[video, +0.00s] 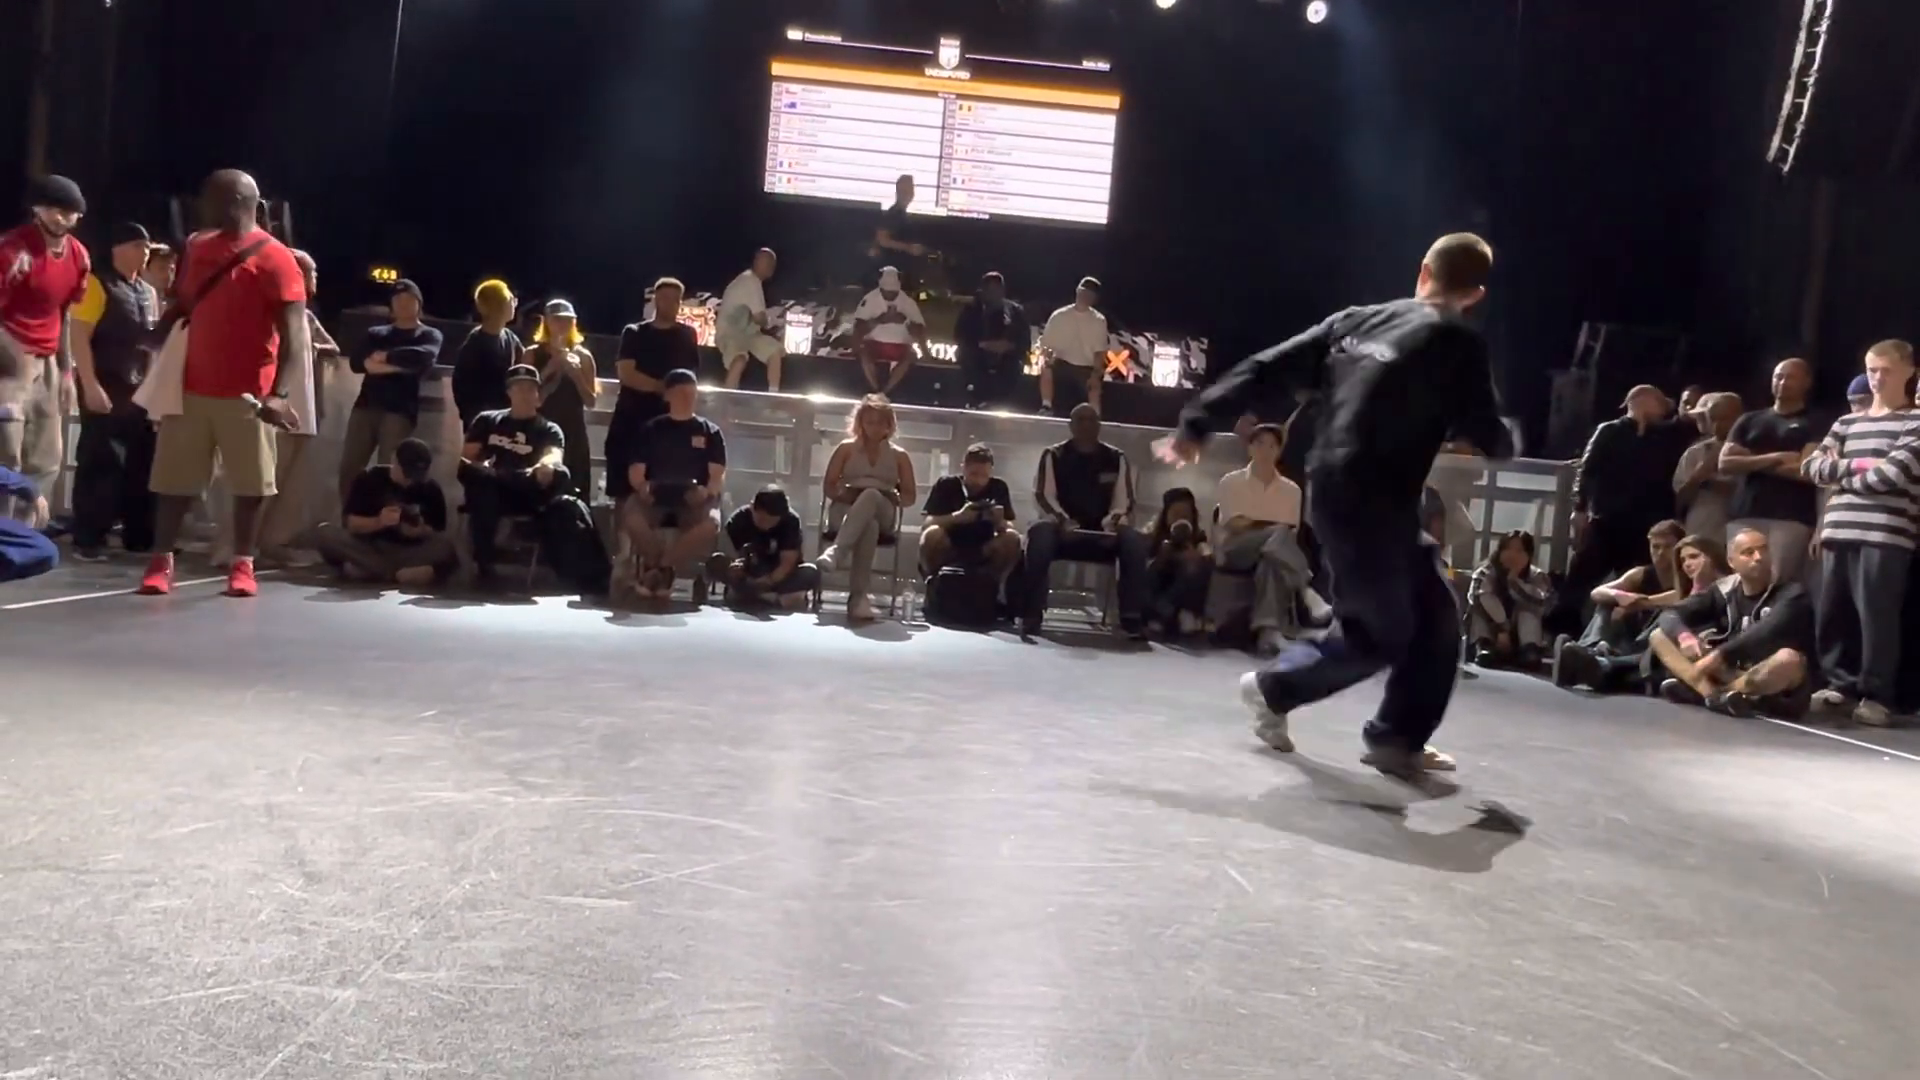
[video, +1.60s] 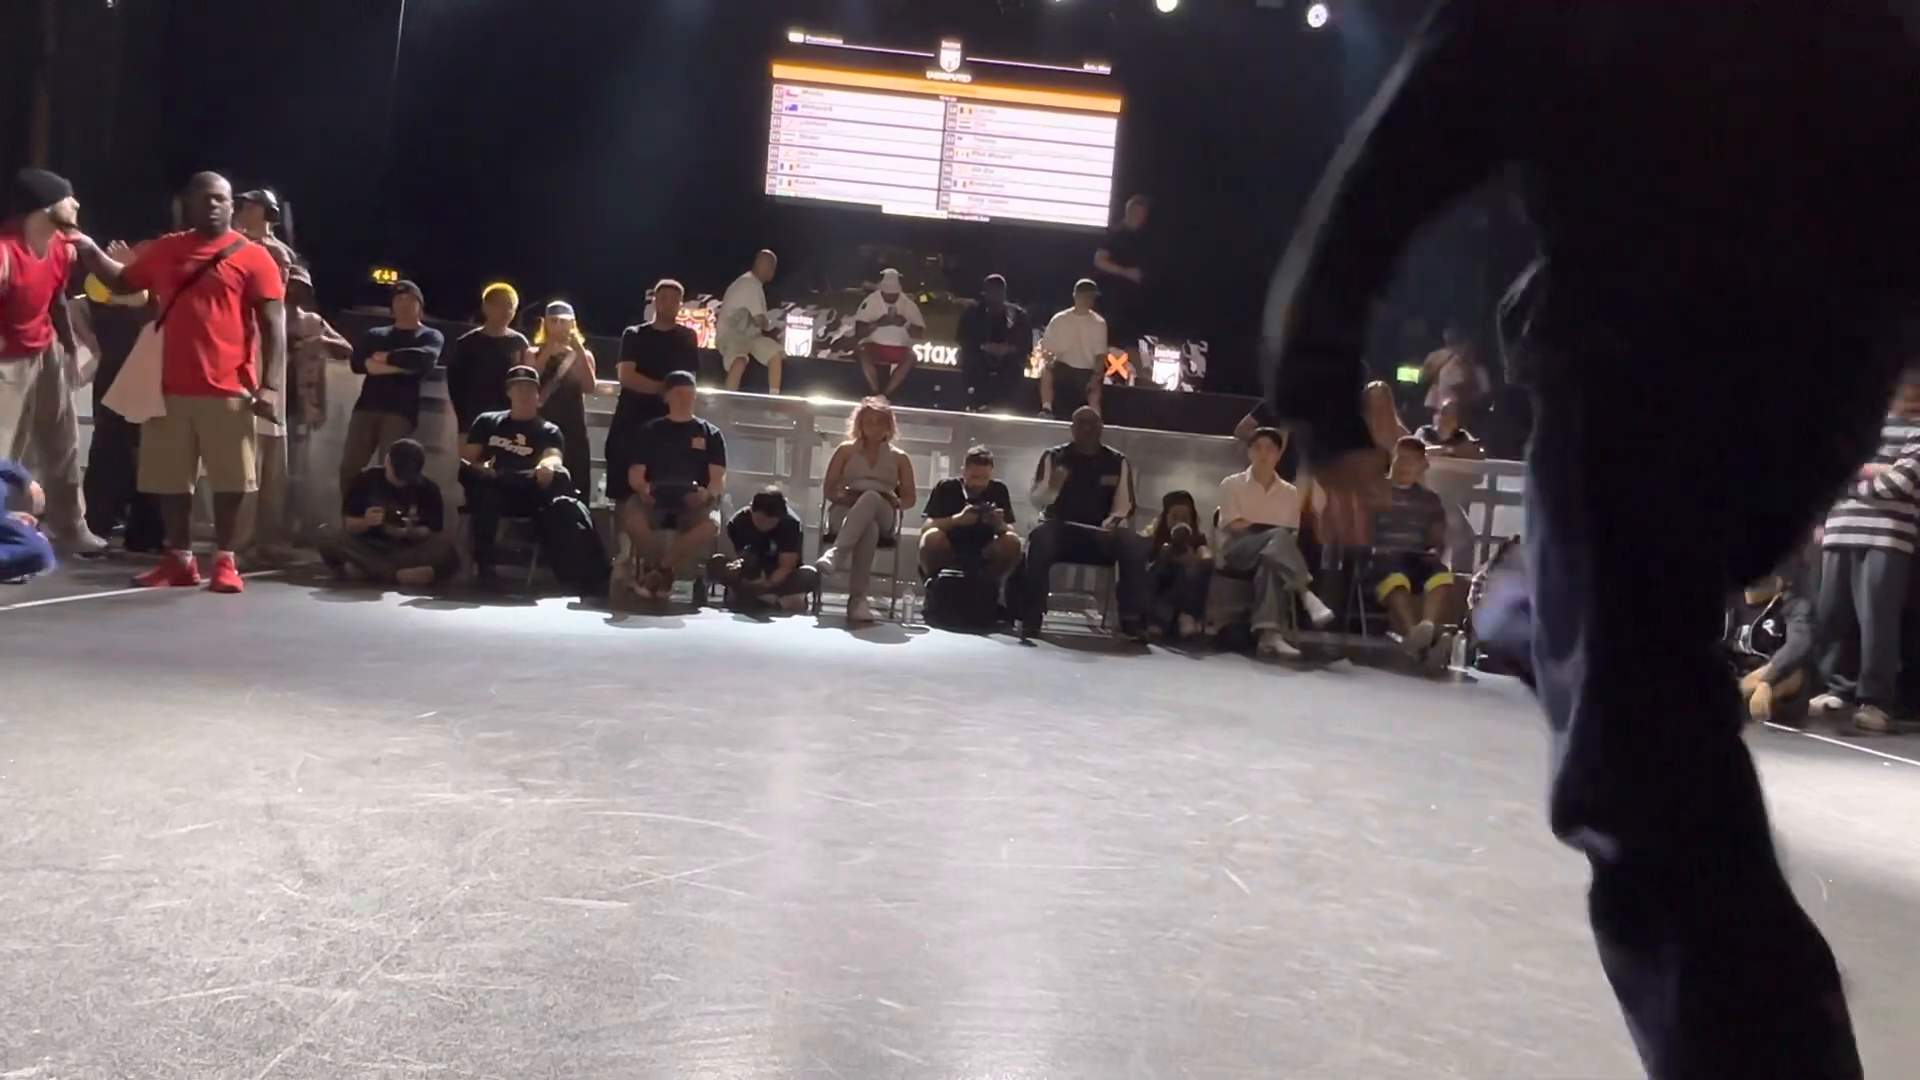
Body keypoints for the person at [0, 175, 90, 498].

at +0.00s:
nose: (66, 219)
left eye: (72, 213)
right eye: (59, 210)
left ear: (79, 217)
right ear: (38, 210)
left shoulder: (78, 255)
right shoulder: (14, 248)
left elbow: (67, 315)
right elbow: (2, 311)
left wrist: (67, 370)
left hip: (49, 362)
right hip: (12, 360)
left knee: (47, 455)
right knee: (10, 452)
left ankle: (29, 532)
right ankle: (6, 530)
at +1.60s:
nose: (73, 205)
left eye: (70, 198)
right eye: (65, 199)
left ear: (49, 209)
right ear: (44, 207)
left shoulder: (63, 249)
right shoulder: (8, 253)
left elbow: (60, 300)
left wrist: (73, 342)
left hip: (49, 355)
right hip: (9, 361)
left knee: (62, 444)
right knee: (6, 449)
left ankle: (70, 526)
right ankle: (7, 531)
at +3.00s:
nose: (94, 235)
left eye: (96, 228)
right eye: (88, 227)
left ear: (70, 224)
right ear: (61, 219)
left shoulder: (78, 270)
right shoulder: (14, 249)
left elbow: (81, 318)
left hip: (56, 376)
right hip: (11, 374)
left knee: (51, 479)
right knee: (8, 478)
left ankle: (38, 573)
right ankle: (4, 577)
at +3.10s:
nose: (89, 243)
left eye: (92, 236)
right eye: (84, 233)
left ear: (68, 229)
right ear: (58, 223)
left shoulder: (73, 272)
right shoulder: (14, 250)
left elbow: (66, 322)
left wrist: (70, 337)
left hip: (52, 380)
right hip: (10, 380)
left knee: (47, 485)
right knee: (6, 486)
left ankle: (32, 579)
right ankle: (4, 582)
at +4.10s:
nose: (80, 289)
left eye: (83, 283)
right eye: (76, 280)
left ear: (71, 276)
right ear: (54, 268)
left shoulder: (70, 317)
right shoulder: (13, 292)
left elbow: (72, 370)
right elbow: (5, 313)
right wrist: (7, 289)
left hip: (46, 419)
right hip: (8, 417)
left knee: (41, 519)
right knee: (7, 516)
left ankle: (25, 616)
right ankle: (5, 617)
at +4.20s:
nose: (84, 289)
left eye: (87, 283)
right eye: (79, 281)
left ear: (73, 280)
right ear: (55, 271)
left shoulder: (70, 322)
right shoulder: (14, 297)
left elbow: (69, 374)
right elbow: (5, 313)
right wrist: (6, 291)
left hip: (46, 423)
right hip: (8, 421)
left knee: (42, 523)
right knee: (7, 520)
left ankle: (25, 620)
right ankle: (7, 619)